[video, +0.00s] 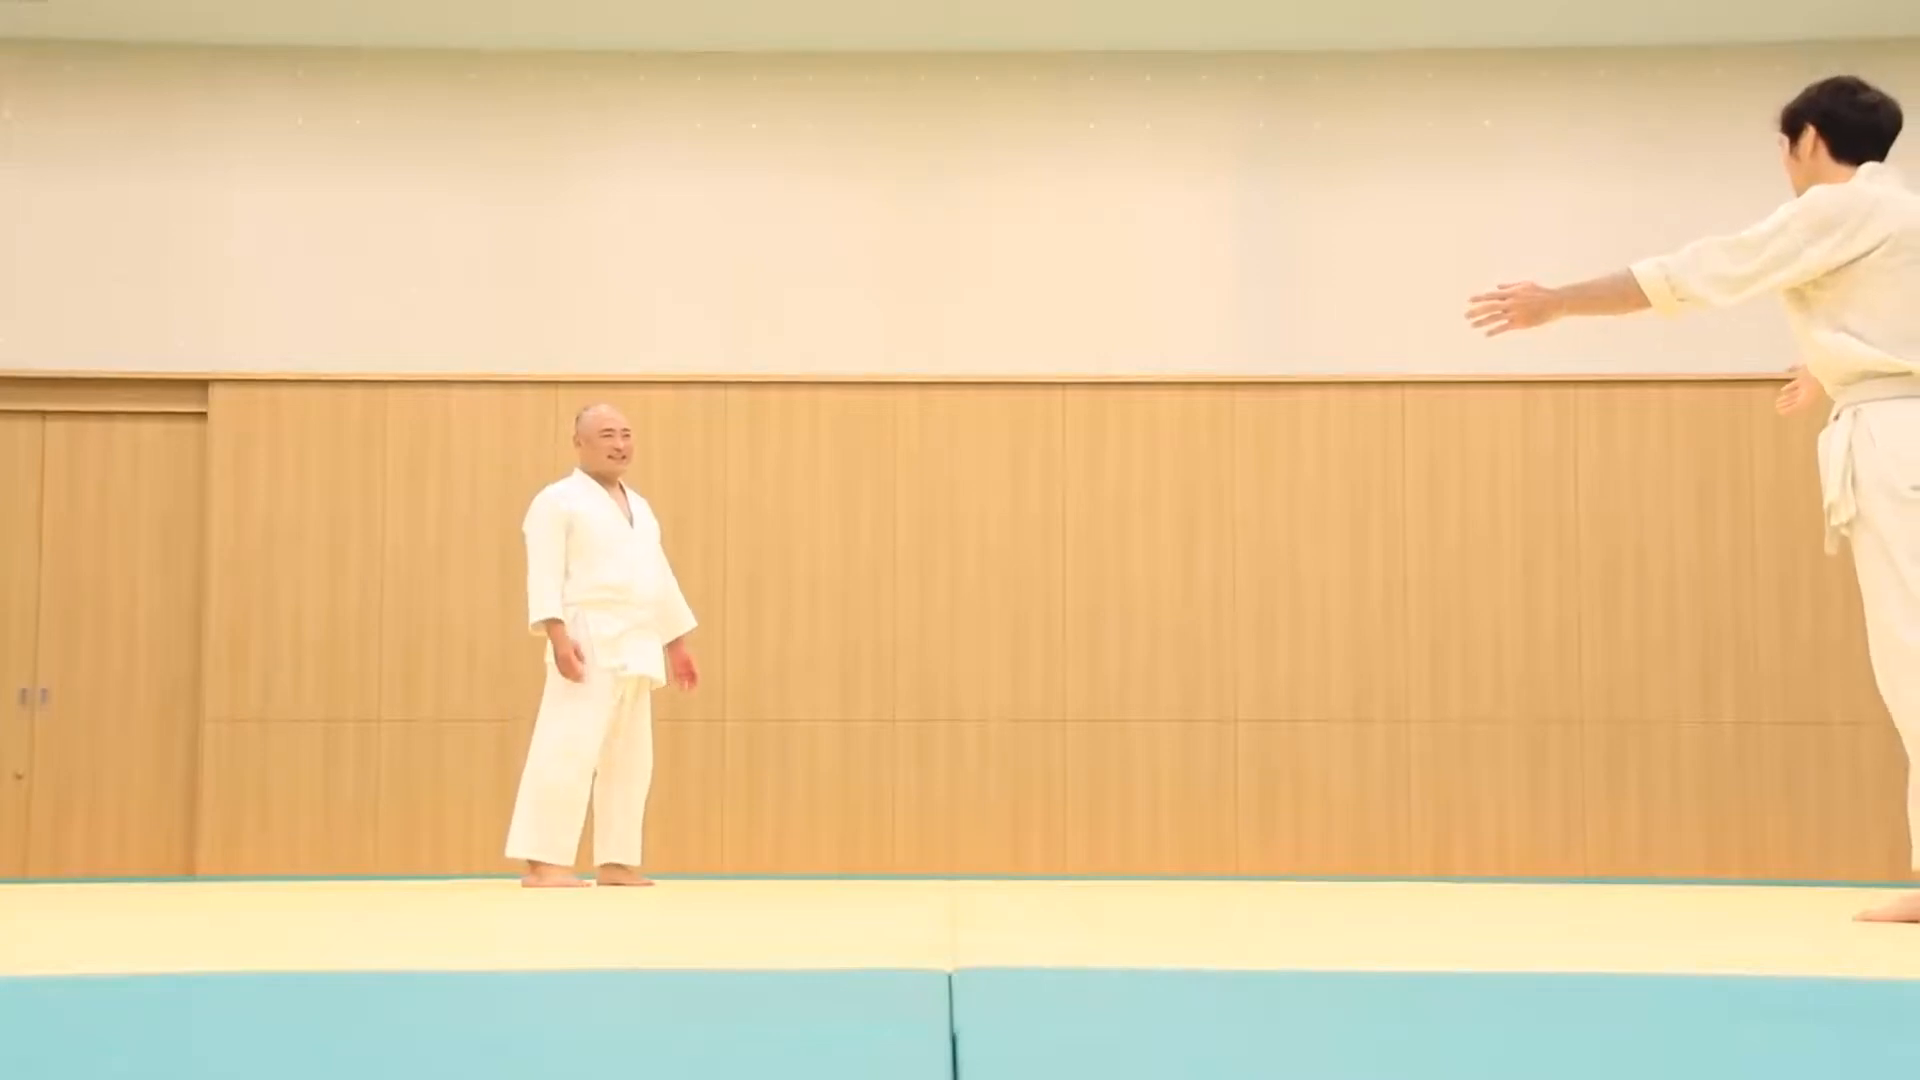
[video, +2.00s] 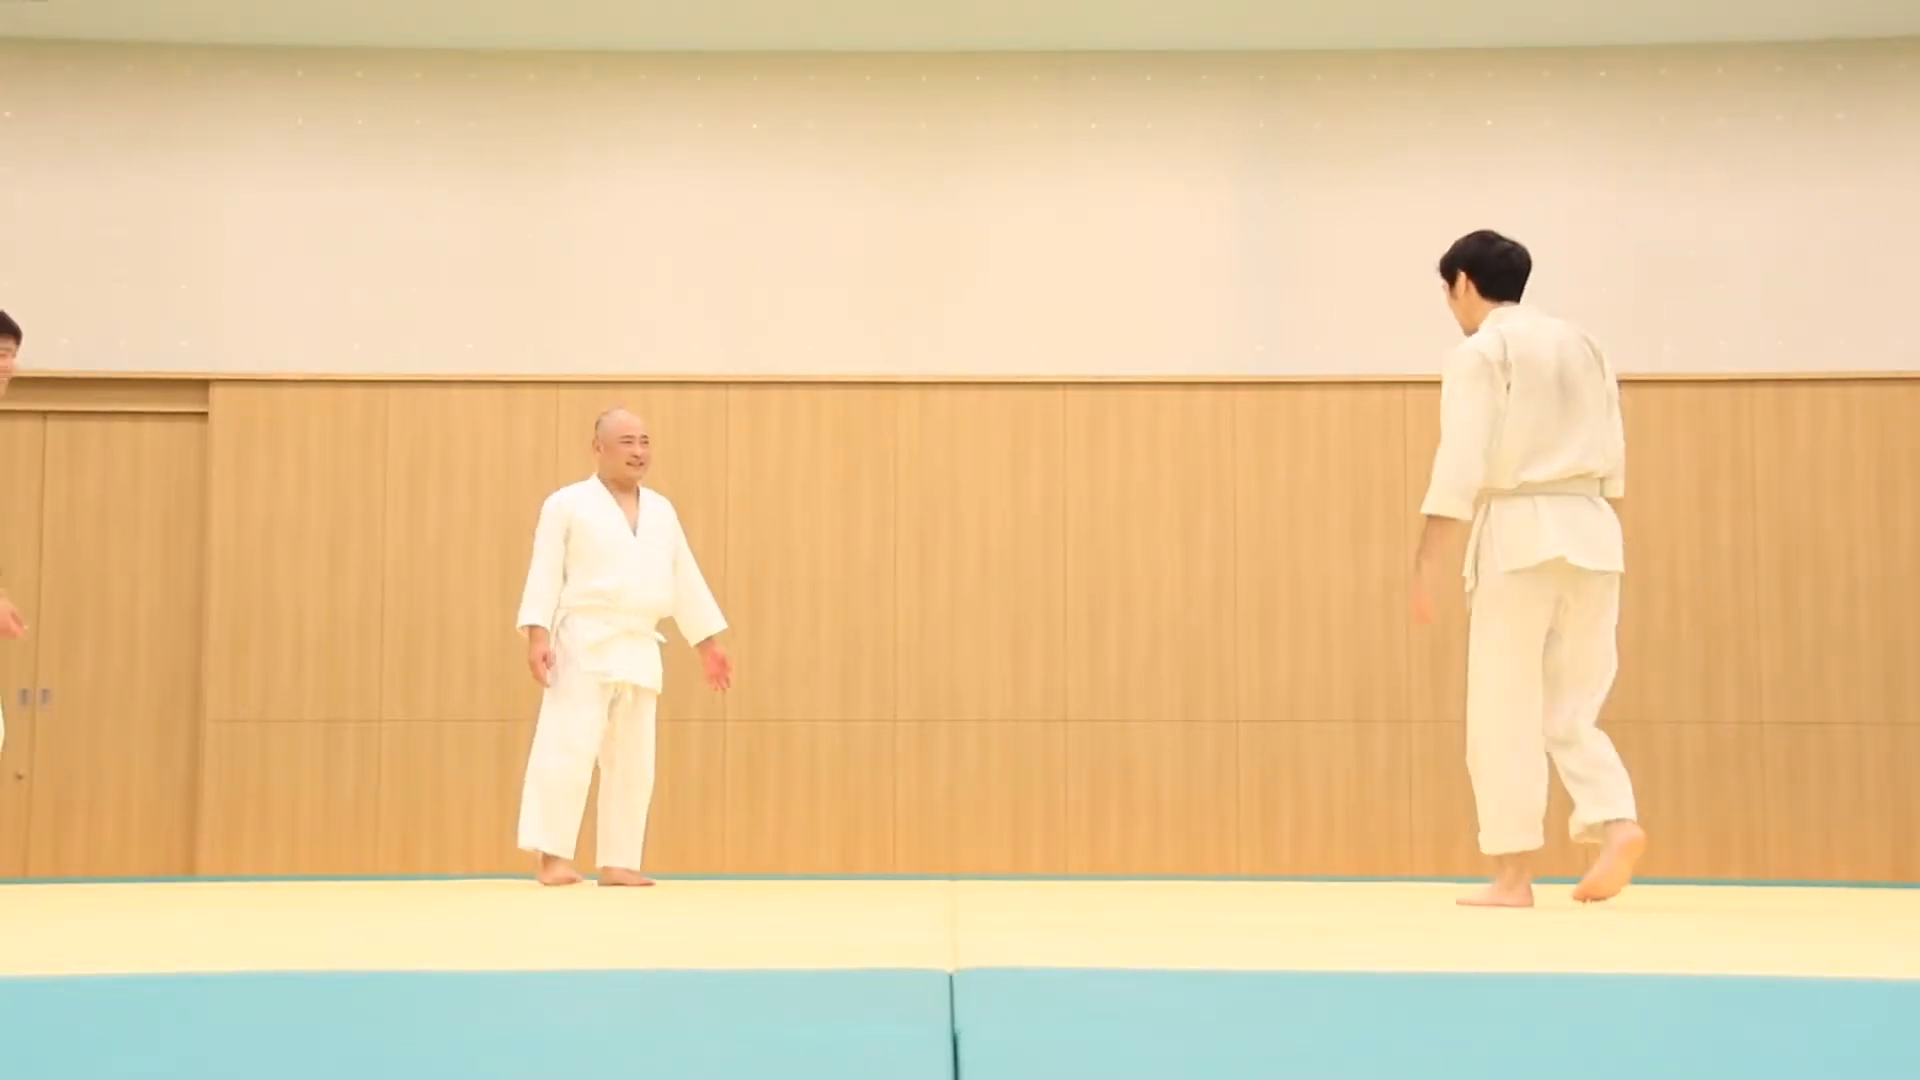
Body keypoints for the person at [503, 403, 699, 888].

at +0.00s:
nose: (620, 443)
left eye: (626, 435)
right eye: (607, 435)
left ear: (633, 444)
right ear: (579, 445)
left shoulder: (638, 505)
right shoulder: (557, 501)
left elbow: (659, 578)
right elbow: (543, 575)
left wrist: (675, 642)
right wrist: (557, 635)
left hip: (637, 651)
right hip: (585, 647)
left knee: (628, 757)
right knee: (565, 753)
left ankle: (616, 862)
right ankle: (543, 863)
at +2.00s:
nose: (639, 450)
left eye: (644, 441)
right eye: (626, 441)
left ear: (650, 449)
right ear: (598, 449)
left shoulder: (660, 509)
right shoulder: (566, 505)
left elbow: (684, 578)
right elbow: (545, 574)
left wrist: (707, 643)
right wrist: (538, 636)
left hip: (639, 648)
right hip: (580, 645)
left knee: (631, 759)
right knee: (568, 752)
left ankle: (617, 865)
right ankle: (553, 860)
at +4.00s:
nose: (597, 473)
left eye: (605, 463)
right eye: (585, 465)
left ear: (618, 466)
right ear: (569, 471)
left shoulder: (641, 519)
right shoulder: (545, 517)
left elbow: (672, 579)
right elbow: (520, 580)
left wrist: (701, 637)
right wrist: (502, 642)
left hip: (609, 653)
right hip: (550, 650)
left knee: (609, 761)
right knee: (536, 753)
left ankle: (609, 864)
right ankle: (535, 855)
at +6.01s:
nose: (231, 472)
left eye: (241, 463)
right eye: (221, 464)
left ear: (262, 468)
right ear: (211, 471)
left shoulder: (291, 521)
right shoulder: (191, 525)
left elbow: (319, 578)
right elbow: (167, 592)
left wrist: (338, 629)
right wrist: (154, 657)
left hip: (262, 662)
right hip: (199, 661)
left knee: (293, 761)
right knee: (192, 765)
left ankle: (313, 858)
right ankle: (204, 866)